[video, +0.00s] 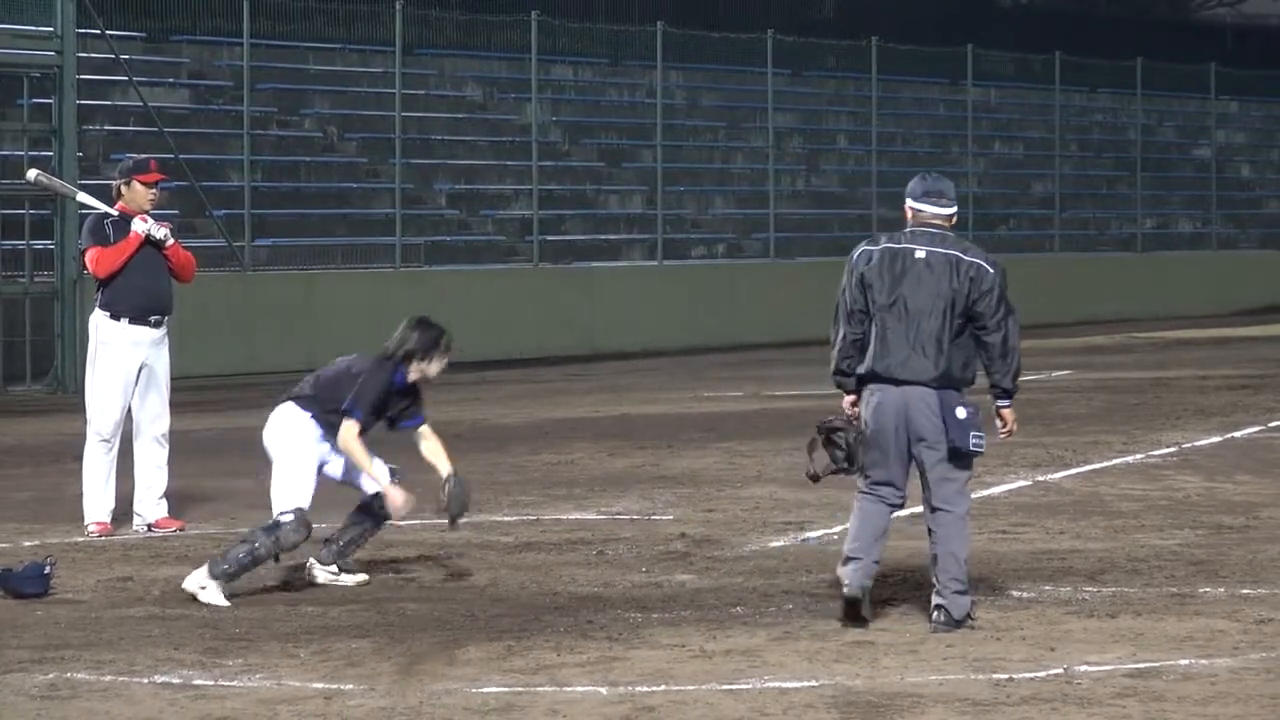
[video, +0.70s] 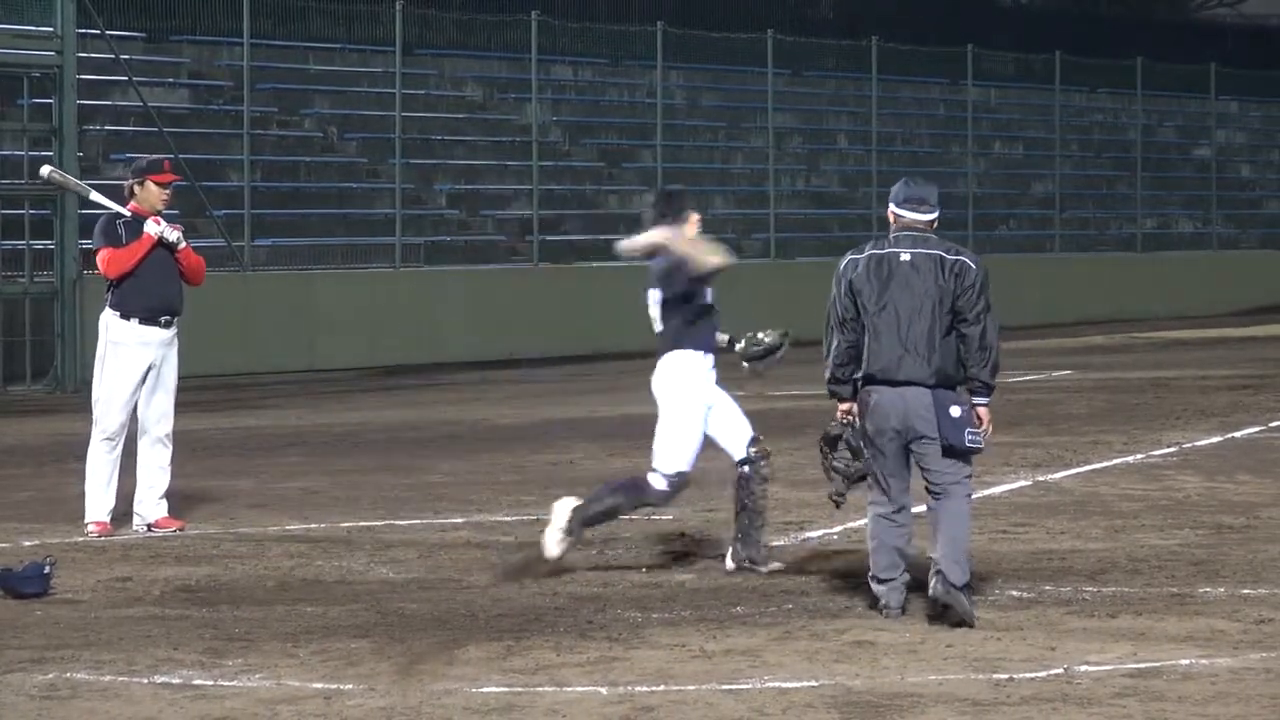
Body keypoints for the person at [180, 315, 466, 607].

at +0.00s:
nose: (444, 366)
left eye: (445, 359)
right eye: (442, 358)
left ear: (421, 357)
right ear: (421, 356)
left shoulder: (408, 388)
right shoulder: (379, 374)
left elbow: (423, 435)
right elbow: (346, 438)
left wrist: (448, 475)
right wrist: (385, 484)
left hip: (327, 438)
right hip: (295, 423)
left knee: (390, 488)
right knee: (293, 526)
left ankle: (328, 562)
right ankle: (208, 577)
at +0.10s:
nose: (478, 320)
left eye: (479, 313)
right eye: (475, 313)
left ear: (453, 314)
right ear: (454, 314)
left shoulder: (444, 347)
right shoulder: (410, 333)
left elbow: (458, 395)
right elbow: (368, 392)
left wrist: (454, 414)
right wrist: (415, 427)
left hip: (369, 412)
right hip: (337, 399)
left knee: (409, 501)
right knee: (341, 495)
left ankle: (328, 559)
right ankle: (253, 551)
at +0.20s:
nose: (503, 272)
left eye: (503, 265)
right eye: (498, 265)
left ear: (475, 270)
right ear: (476, 269)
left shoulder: (485, 305)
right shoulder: (431, 293)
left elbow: (502, 348)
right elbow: (398, 350)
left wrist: (513, 353)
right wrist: (454, 351)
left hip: (420, 391)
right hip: (387, 378)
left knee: (428, 493)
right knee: (420, 463)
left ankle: (344, 546)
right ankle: (355, 540)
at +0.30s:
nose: (530, 235)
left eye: (529, 228)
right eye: (523, 228)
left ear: (505, 234)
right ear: (499, 233)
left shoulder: (526, 273)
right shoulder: (457, 261)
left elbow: (558, 306)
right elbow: (416, 306)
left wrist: (573, 320)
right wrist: (459, 280)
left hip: (485, 374)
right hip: (446, 365)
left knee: (459, 476)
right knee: (477, 442)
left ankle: (377, 535)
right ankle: (467, 534)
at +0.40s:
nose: (559, 226)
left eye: (558, 218)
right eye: (551, 220)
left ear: (540, 225)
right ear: (527, 225)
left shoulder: (559, 262)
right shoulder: (487, 260)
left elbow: (610, 281)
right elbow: (428, 280)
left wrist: (657, 303)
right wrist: (468, 242)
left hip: (542, 370)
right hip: (499, 367)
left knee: (550, 478)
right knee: (524, 468)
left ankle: (482, 502)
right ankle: (497, 550)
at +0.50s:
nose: (598, 228)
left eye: (595, 221)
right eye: (588, 222)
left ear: (579, 229)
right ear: (564, 231)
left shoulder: (607, 267)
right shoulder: (521, 272)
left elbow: (669, 279)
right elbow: (461, 277)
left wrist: (720, 306)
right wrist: (503, 237)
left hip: (598, 378)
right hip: (550, 380)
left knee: (639, 468)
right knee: (553, 478)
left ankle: (625, 524)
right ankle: (508, 556)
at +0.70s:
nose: (699, 223)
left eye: (697, 218)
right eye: (695, 218)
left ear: (669, 223)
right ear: (681, 223)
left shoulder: (671, 268)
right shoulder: (675, 261)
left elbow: (689, 328)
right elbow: (718, 260)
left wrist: (736, 344)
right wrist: (672, 239)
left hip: (693, 373)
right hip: (683, 372)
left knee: (752, 455)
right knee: (666, 482)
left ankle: (748, 552)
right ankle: (575, 516)